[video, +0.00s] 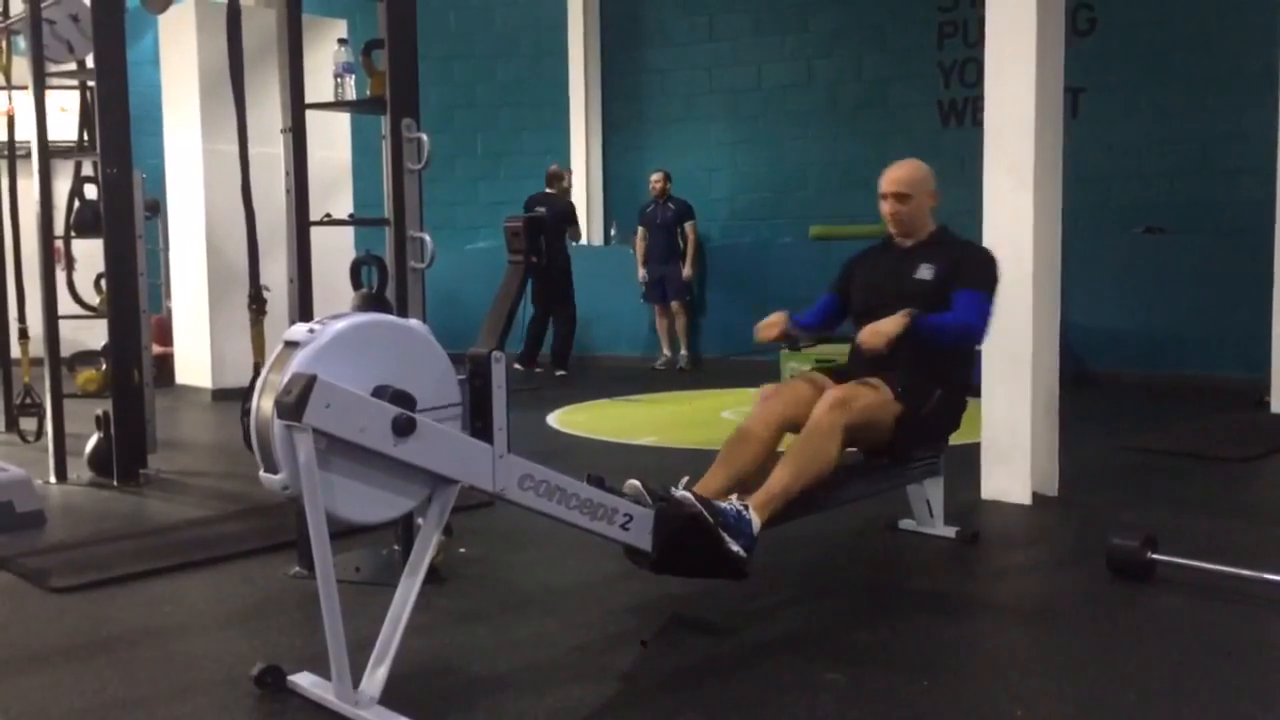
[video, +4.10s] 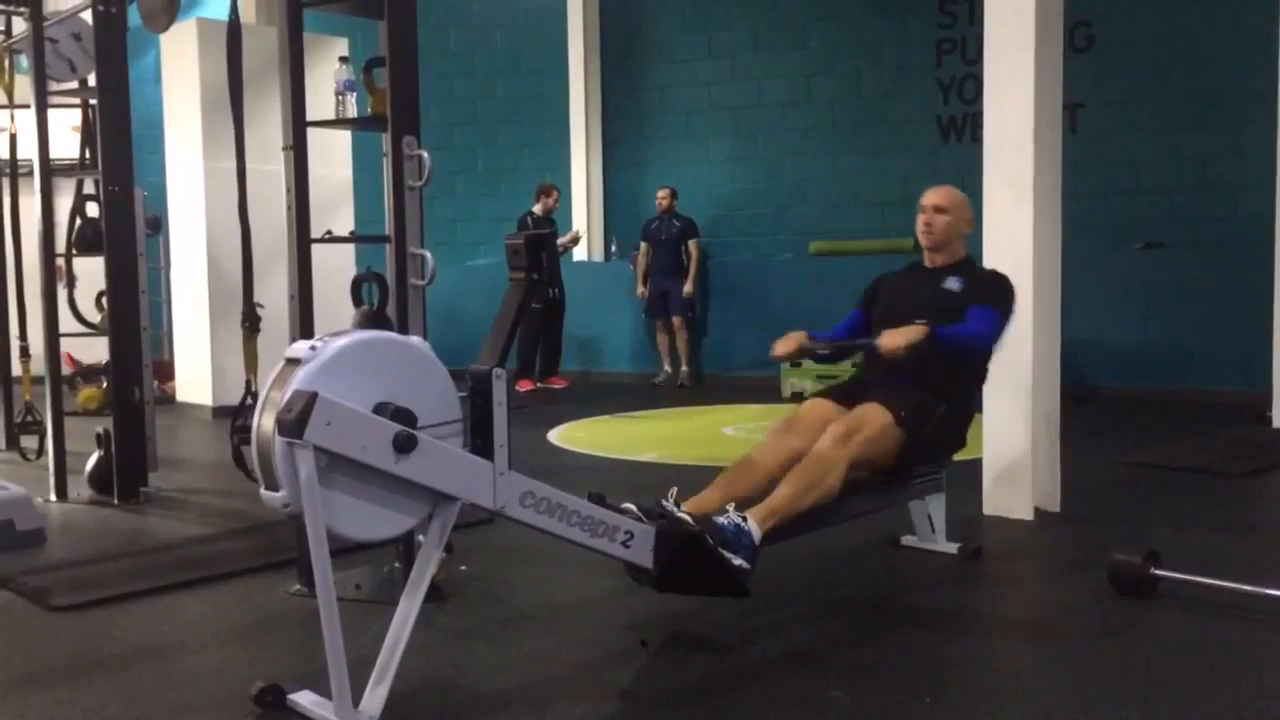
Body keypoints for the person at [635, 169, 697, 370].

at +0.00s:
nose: (653, 186)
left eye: (657, 182)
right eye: (651, 182)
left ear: (667, 184)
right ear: (649, 186)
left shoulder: (681, 206)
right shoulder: (645, 209)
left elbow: (691, 235)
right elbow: (640, 238)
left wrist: (688, 264)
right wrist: (640, 266)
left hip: (675, 265)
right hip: (653, 266)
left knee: (676, 307)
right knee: (660, 310)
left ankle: (683, 351)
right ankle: (665, 352)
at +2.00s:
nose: (659, 189)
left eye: (663, 185)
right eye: (658, 186)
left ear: (674, 188)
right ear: (656, 188)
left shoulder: (687, 211)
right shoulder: (650, 212)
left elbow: (695, 241)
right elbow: (643, 242)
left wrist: (691, 269)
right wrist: (640, 269)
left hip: (679, 270)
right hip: (656, 270)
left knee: (680, 312)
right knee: (660, 313)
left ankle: (681, 358)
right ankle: (667, 357)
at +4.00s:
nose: (659, 201)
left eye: (663, 198)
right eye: (657, 198)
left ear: (673, 200)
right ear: (656, 200)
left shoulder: (685, 223)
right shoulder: (649, 224)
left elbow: (694, 253)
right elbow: (642, 254)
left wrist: (689, 280)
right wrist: (640, 282)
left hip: (677, 281)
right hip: (655, 281)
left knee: (677, 323)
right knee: (660, 324)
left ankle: (683, 367)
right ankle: (666, 367)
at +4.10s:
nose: (659, 202)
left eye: (663, 199)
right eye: (657, 199)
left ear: (673, 201)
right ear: (656, 201)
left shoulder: (685, 224)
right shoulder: (649, 225)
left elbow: (694, 254)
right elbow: (642, 255)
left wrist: (690, 281)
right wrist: (640, 283)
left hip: (677, 281)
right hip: (655, 281)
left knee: (678, 323)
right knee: (661, 325)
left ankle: (684, 367)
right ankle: (666, 368)